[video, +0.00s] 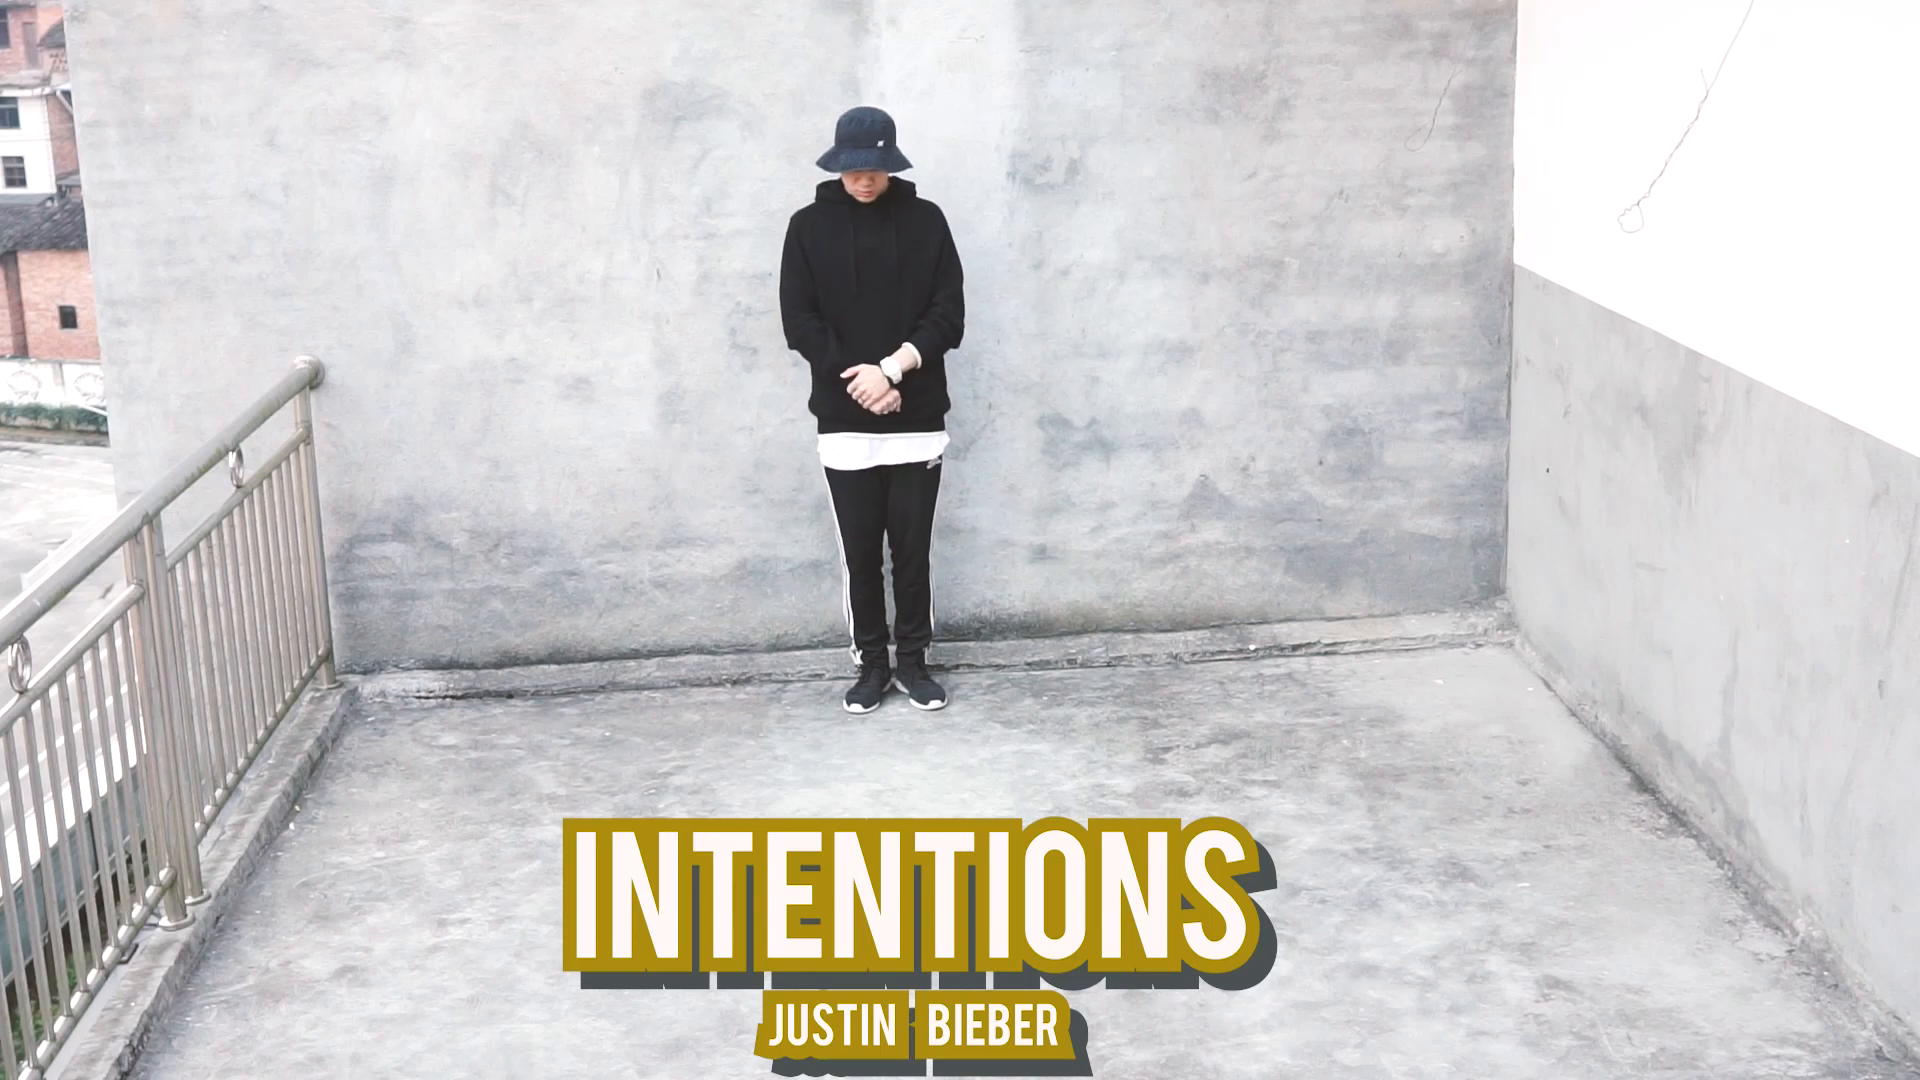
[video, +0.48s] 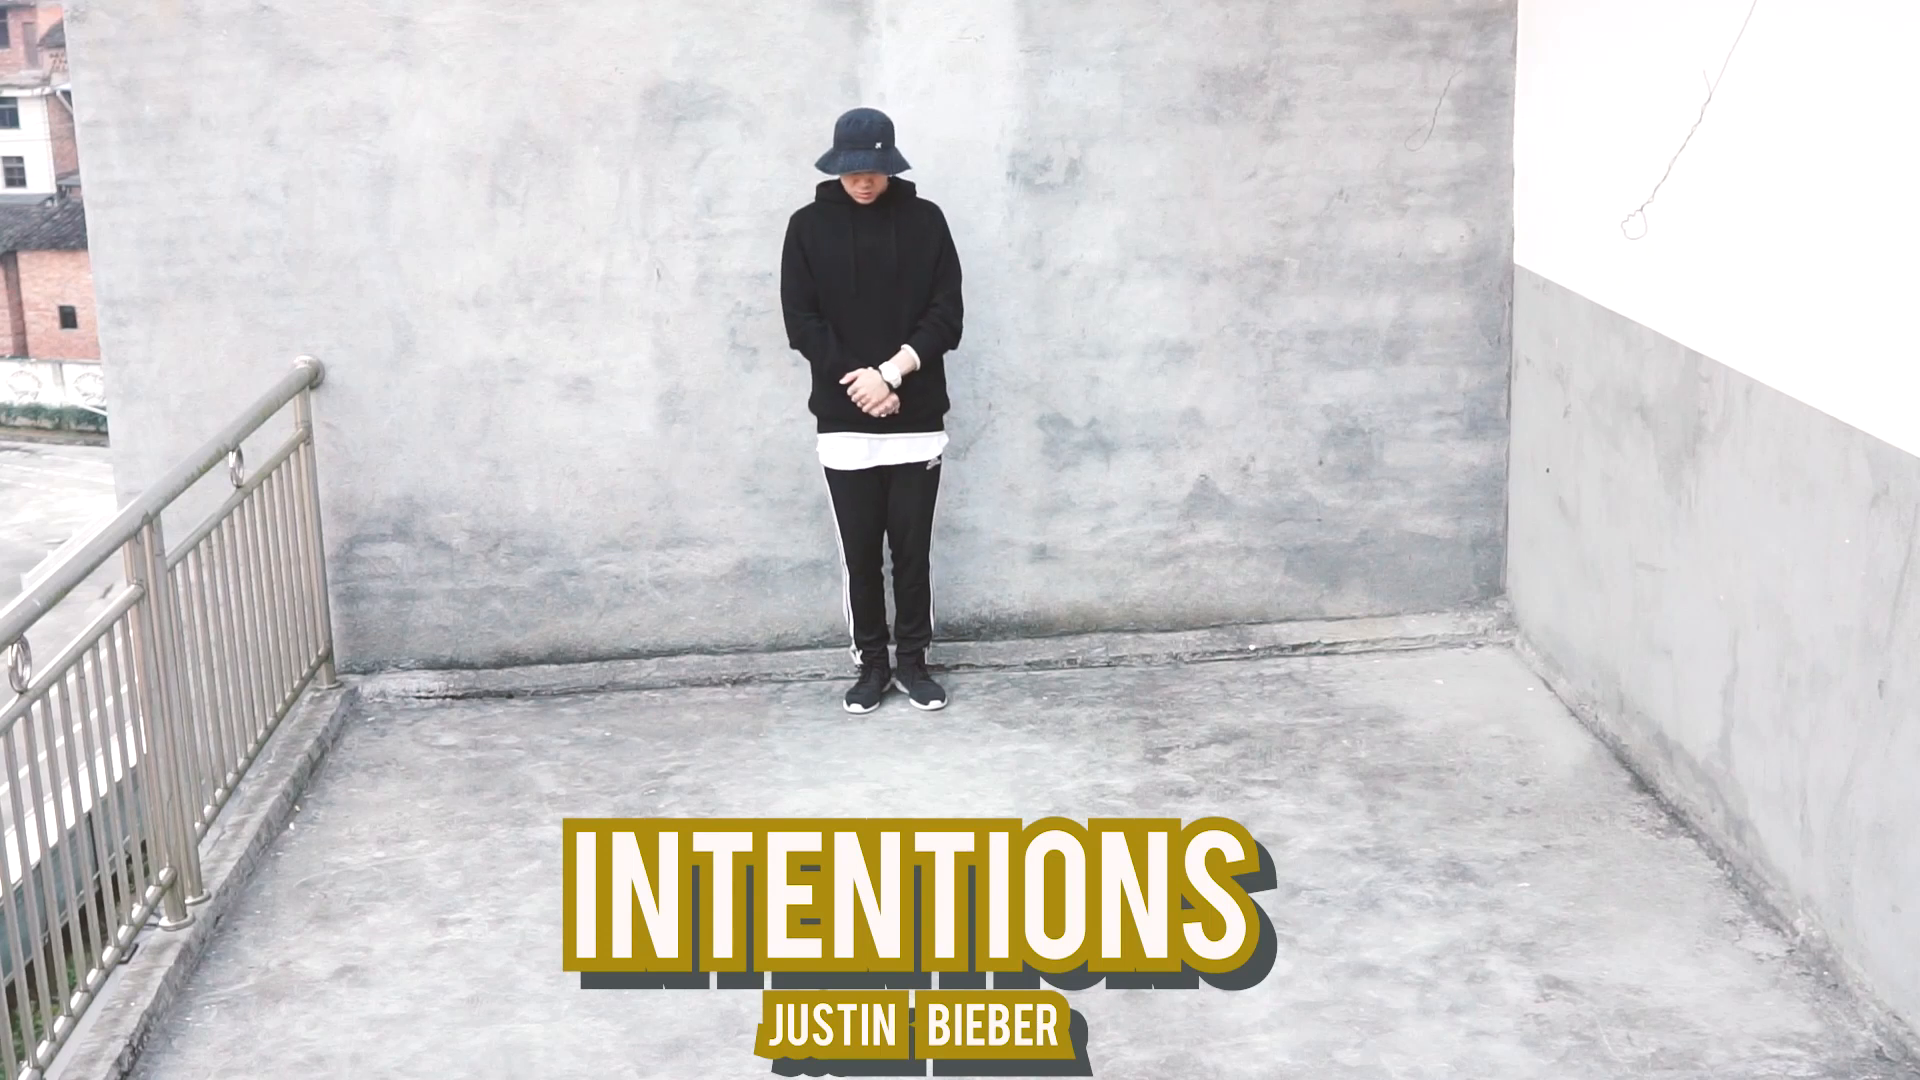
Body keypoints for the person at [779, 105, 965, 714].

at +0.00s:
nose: (864, 180)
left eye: (874, 169)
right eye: (853, 169)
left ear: (892, 166)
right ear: (837, 167)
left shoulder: (925, 219)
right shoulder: (809, 225)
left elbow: (949, 314)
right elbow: (799, 322)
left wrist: (893, 365)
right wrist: (860, 380)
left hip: (917, 412)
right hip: (843, 415)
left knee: (911, 548)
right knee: (860, 551)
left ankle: (913, 663)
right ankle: (872, 666)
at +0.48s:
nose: (863, 182)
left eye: (873, 171)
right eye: (852, 171)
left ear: (891, 167)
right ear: (835, 169)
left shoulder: (924, 219)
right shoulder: (809, 225)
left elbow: (947, 315)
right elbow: (802, 322)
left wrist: (892, 368)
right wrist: (859, 383)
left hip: (917, 412)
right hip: (843, 415)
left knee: (911, 548)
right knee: (860, 551)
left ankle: (913, 663)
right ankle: (872, 666)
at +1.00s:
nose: (861, 181)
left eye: (872, 171)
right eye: (851, 171)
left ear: (891, 166)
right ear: (835, 168)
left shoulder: (924, 219)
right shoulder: (809, 225)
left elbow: (947, 315)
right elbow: (802, 322)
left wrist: (892, 369)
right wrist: (859, 383)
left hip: (917, 412)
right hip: (843, 415)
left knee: (911, 548)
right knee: (860, 551)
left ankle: (913, 663)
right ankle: (872, 666)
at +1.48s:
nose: (864, 182)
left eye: (874, 171)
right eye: (853, 172)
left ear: (894, 167)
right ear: (838, 169)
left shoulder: (926, 220)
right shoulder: (813, 226)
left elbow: (948, 317)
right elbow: (805, 323)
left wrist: (893, 372)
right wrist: (863, 386)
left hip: (918, 414)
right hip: (844, 417)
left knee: (912, 548)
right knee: (861, 552)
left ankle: (913, 663)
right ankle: (872, 666)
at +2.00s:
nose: (868, 181)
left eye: (879, 171)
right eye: (857, 171)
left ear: (898, 167)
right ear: (842, 169)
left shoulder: (930, 222)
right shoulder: (817, 225)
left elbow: (950, 317)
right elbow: (808, 322)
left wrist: (896, 373)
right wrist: (865, 387)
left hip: (920, 415)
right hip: (846, 417)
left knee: (914, 549)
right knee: (862, 552)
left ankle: (913, 662)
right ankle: (872, 666)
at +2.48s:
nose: (870, 181)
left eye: (881, 170)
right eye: (860, 170)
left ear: (900, 167)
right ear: (844, 168)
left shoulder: (932, 221)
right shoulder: (818, 226)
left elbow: (952, 317)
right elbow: (810, 323)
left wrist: (897, 373)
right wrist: (866, 386)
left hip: (922, 415)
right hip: (847, 418)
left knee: (914, 551)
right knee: (863, 554)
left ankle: (913, 664)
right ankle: (872, 667)